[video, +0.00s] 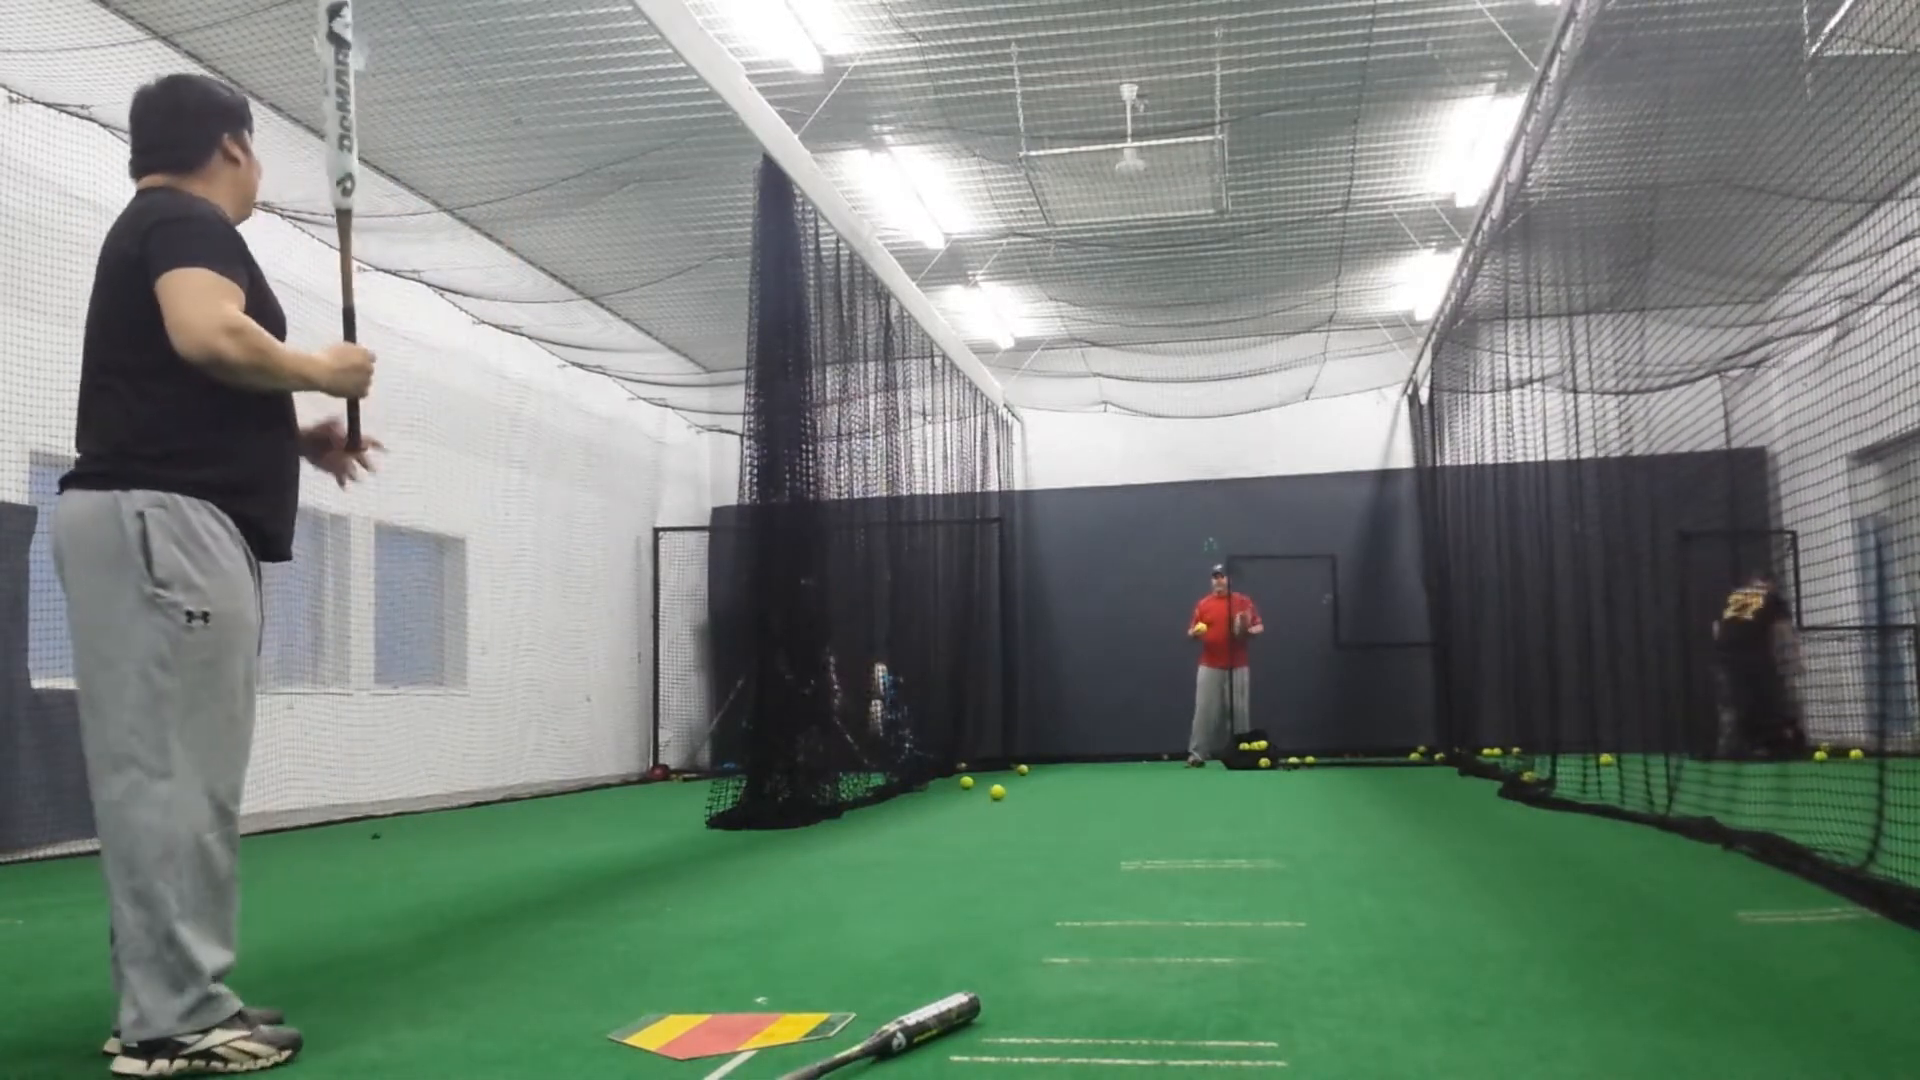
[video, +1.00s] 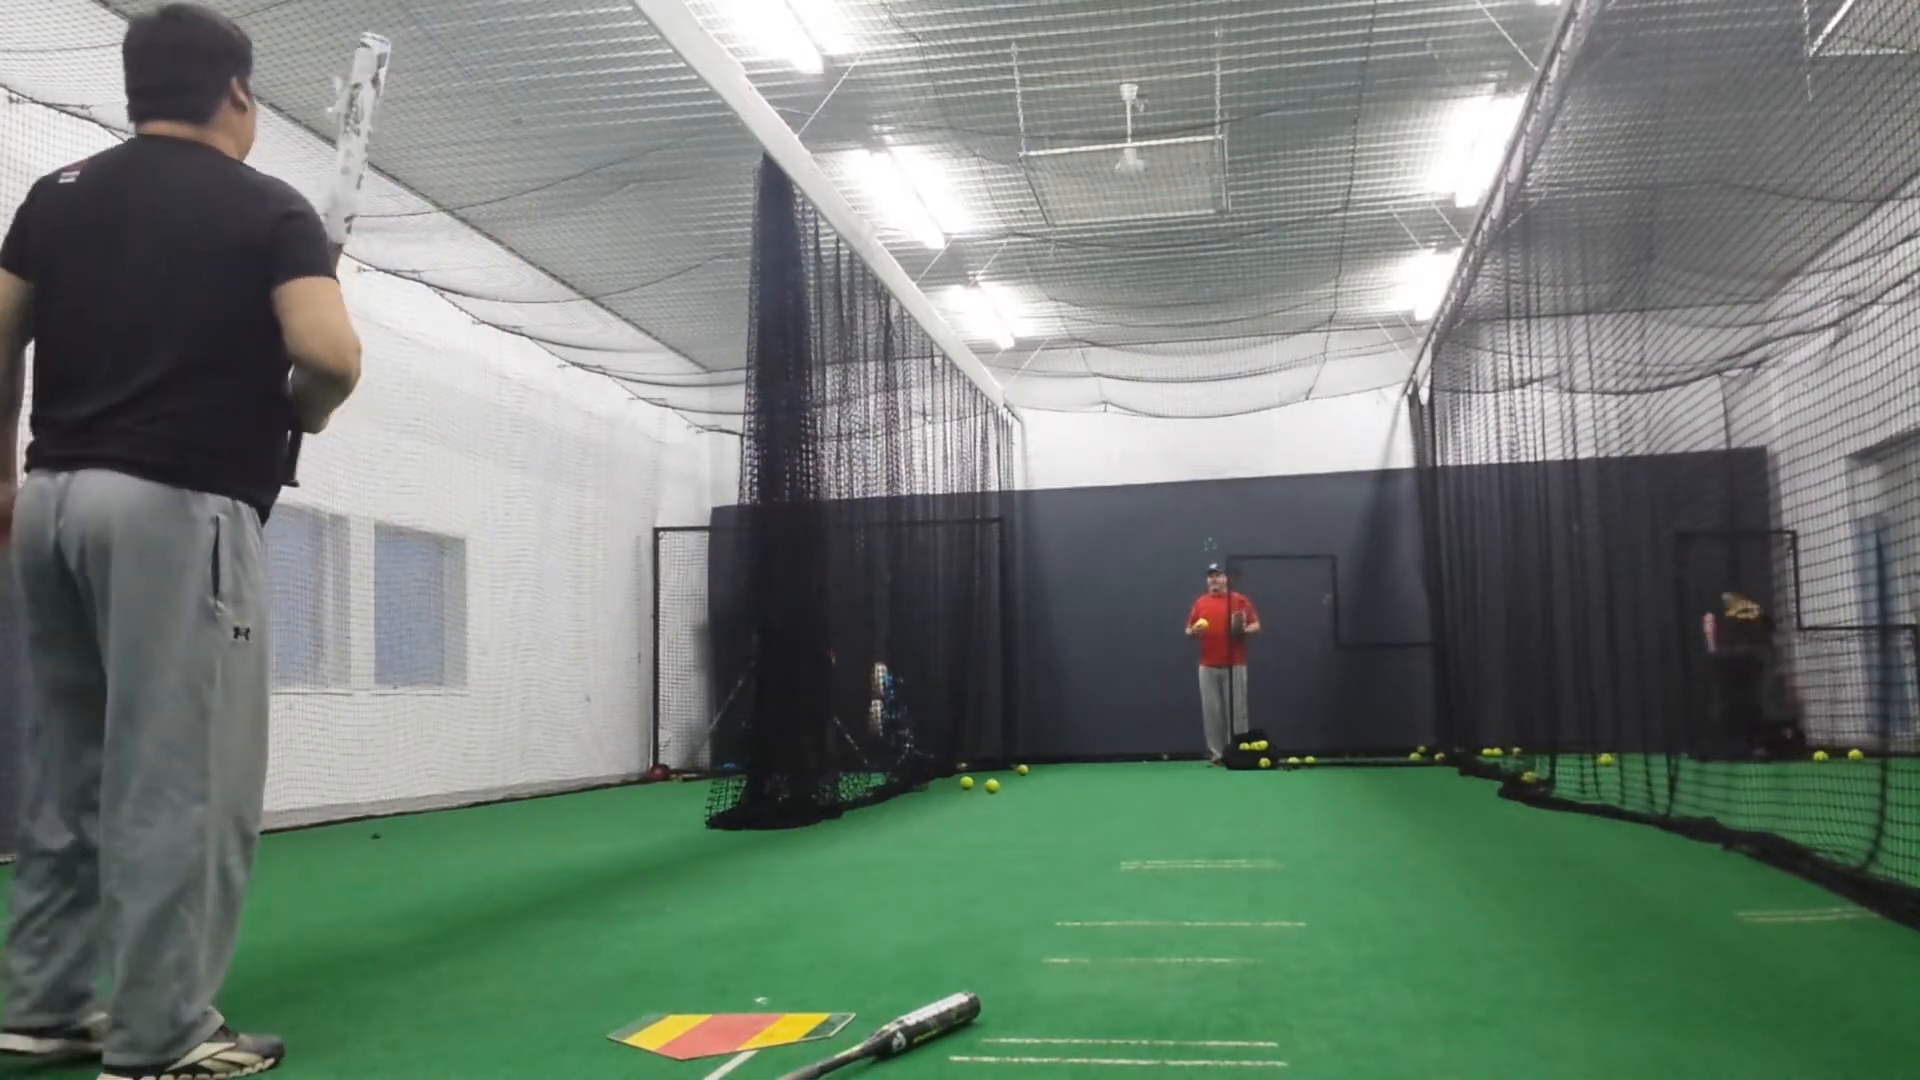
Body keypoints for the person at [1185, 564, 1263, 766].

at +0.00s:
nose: (1218, 581)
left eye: (1222, 577)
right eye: (1215, 577)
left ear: (1228, 579)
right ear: (1211, 581)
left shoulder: (1243, 602)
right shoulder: (1204, 604)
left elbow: (1259, 626)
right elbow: (1191, 631)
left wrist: (1246, 629)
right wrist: (1197, 630)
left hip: (1237, 664)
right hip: (1211, 664)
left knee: (1240, 708)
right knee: (1205, 709)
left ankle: (1240, 753)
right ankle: (1198, 753)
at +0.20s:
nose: (1218, 580)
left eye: (1222, 576)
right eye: (1216, 577)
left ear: (1232, 579)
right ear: (1214, 580)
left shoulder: (1246, 602)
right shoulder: (1208, 604)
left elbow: (1261, 628)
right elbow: (1195, 629)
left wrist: (1246, 630)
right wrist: (1201, 631)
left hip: (1238, 664)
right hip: (1213, 663)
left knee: (1240, 707)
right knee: (1208, 708)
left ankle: (1242, 752)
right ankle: (1207, 753)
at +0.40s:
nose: (1218, 580)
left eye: (1222, 576)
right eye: (1216, 576)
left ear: (1233, 579)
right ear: (1214, 579)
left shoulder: (1246, 602)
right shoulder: (1207, 602)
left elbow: (1261, 629)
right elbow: (1194, 627)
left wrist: (1245, 630)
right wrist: (1201, 628)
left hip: (1238, 663)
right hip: (1212, 663)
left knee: (1240, 708)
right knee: (1214, 708)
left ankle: (1242, 750)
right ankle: (1217, 751)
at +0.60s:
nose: (1219, 580)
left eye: (1223, 576)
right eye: (1216, 576)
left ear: (1232, 579)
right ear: (1213, 580)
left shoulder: (1244, 601)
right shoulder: (1205, 601)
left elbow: (1259, 627)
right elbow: (1191, 627)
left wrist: (1245, 630)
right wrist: (1198, 627)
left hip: (1237, 663)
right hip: (1211, 663)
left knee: (1239, 708)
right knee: (1214, 709)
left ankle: (1241, 751)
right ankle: (1217, 752)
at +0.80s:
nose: (1217, 580)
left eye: (1220, 576)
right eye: (1214, 577)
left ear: (1228, 578)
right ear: (1210, 580)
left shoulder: (1241, 601)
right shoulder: (1203, 602)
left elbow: (1257, 626)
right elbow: (1190, 630)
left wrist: (1243, 629)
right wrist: (1198, 627)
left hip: (1236, 663)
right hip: (1210, 664)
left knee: (1239, 708)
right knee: (1213, 709)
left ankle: (1241, 751)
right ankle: (1216, 752)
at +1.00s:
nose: (1214, 580)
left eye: (1217, 576)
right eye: (1211, 577)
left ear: (1226, 579)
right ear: (1207, 580)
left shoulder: (1239, 601)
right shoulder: (1201, 602)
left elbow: (1256, 625)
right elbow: (1188, 630)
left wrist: (1244, 628)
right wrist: (1195, 629)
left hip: (1235, 663)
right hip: (1209, 664)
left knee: (1238, 708)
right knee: (1212, 709)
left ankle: (1240, 751)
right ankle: (1216, 752)